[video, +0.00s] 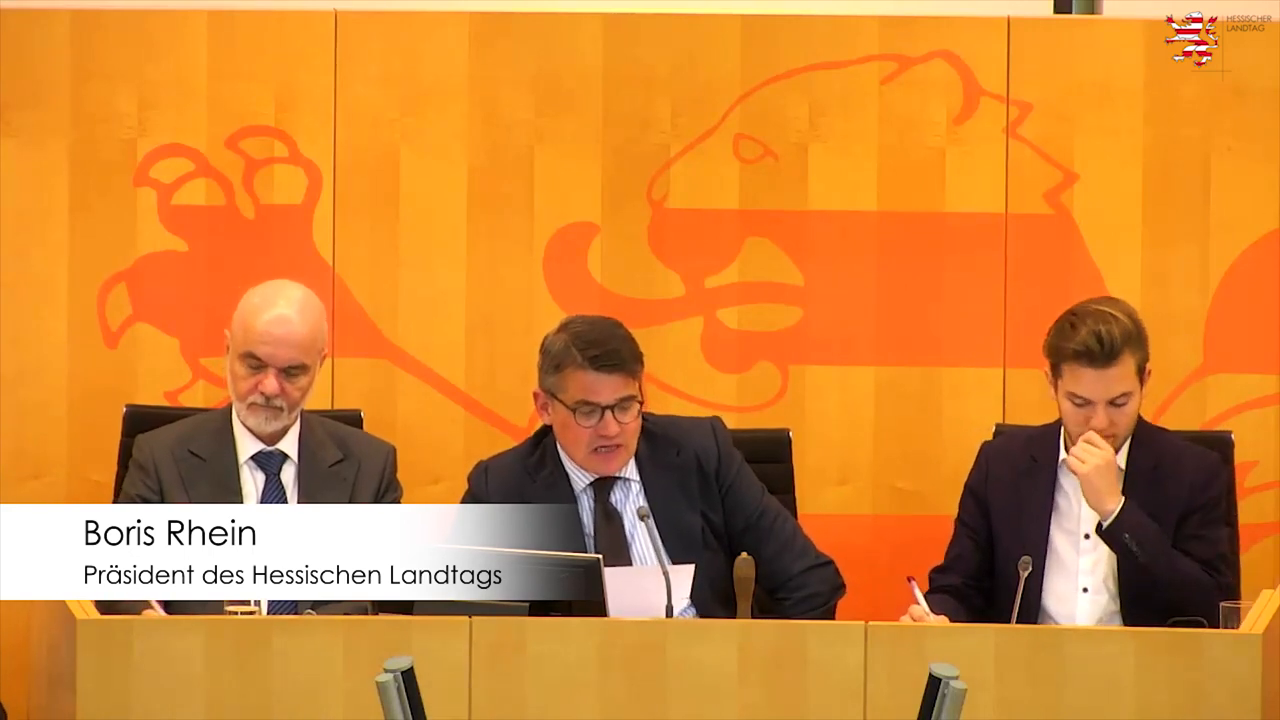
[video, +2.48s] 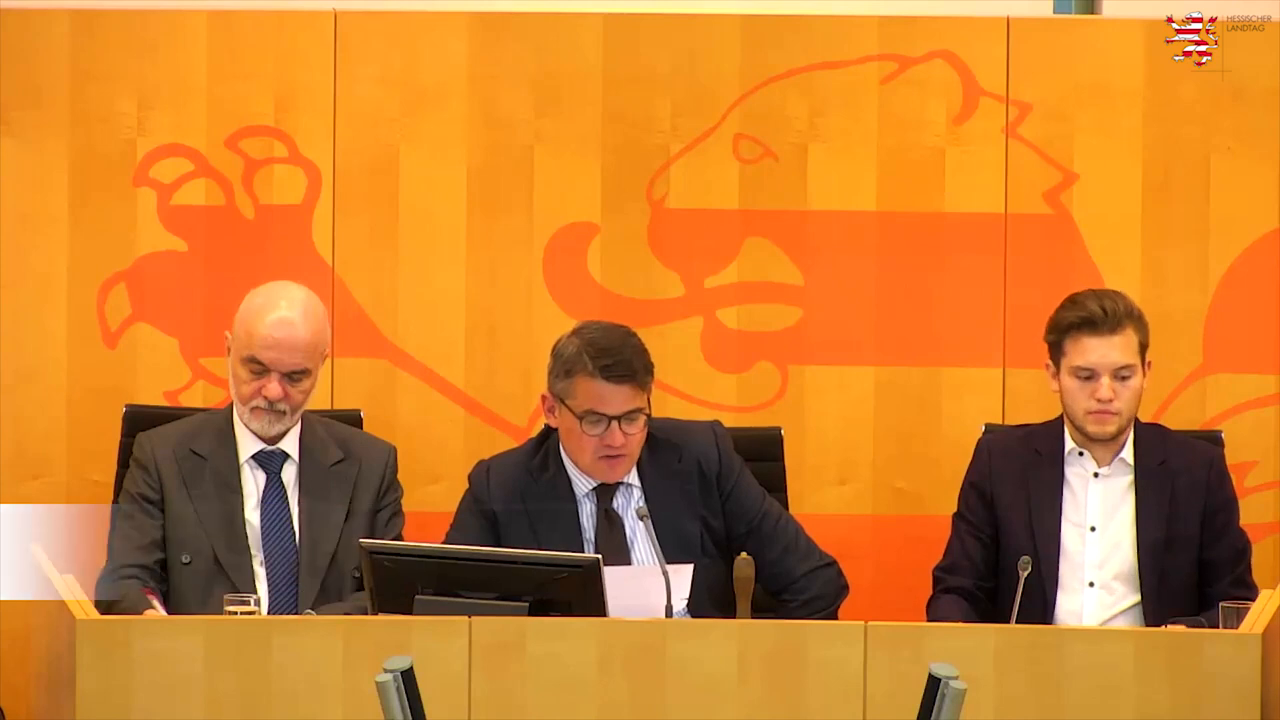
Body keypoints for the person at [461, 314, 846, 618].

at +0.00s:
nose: (609, 429)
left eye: (623, 406)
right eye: (587, 411)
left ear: (641, 391)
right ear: (545, 406)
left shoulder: (704, 452)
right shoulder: (498, 487)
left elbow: (810, 584)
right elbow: (470, 625)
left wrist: (760, 679)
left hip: (705, 672)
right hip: (566, 682)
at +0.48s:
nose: (609, 433)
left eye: (623, 413)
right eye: (586, 417)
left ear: (642, 395)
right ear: (544, 410)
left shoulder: (702, 455)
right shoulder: (496, 488)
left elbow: (811, 582)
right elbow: (461, 624)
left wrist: (764, 678)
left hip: (703, 676)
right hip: (562, 685)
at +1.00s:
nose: (614, 438)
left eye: (630, 416)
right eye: (592, 420)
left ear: (647, 396)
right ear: (550, 409)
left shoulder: (704, 456)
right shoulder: (498, 488)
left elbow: (812, 583)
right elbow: (462, 622)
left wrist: (758, 677)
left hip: (702, 677)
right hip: (562, 686)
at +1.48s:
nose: (617, 440)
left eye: (633, 418)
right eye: (594, 422)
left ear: (650, 398)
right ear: (552, 410)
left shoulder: (705, 457)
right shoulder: (500, 488)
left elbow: (814, 583)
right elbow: (462, 623)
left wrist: (757, 675)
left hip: (702, 678)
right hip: (562, 686)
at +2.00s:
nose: (619, 442)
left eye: (634, 420)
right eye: (596, 423)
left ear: (651, 400)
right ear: (554, 412)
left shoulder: (705, 458)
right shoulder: (500, 488)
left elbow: (814, 583)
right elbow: (460, 622)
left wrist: (757, 677)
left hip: (701, 679)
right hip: (562, 687)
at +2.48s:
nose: (615, 439)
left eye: (631, 418)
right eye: (594, 420)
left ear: (648, 401)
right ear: (552, 409)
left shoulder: (704, 457)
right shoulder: (497, 489)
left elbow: (815, 584)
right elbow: (446, 614)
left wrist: (756, 674)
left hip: (699, 679)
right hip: (560, 685)